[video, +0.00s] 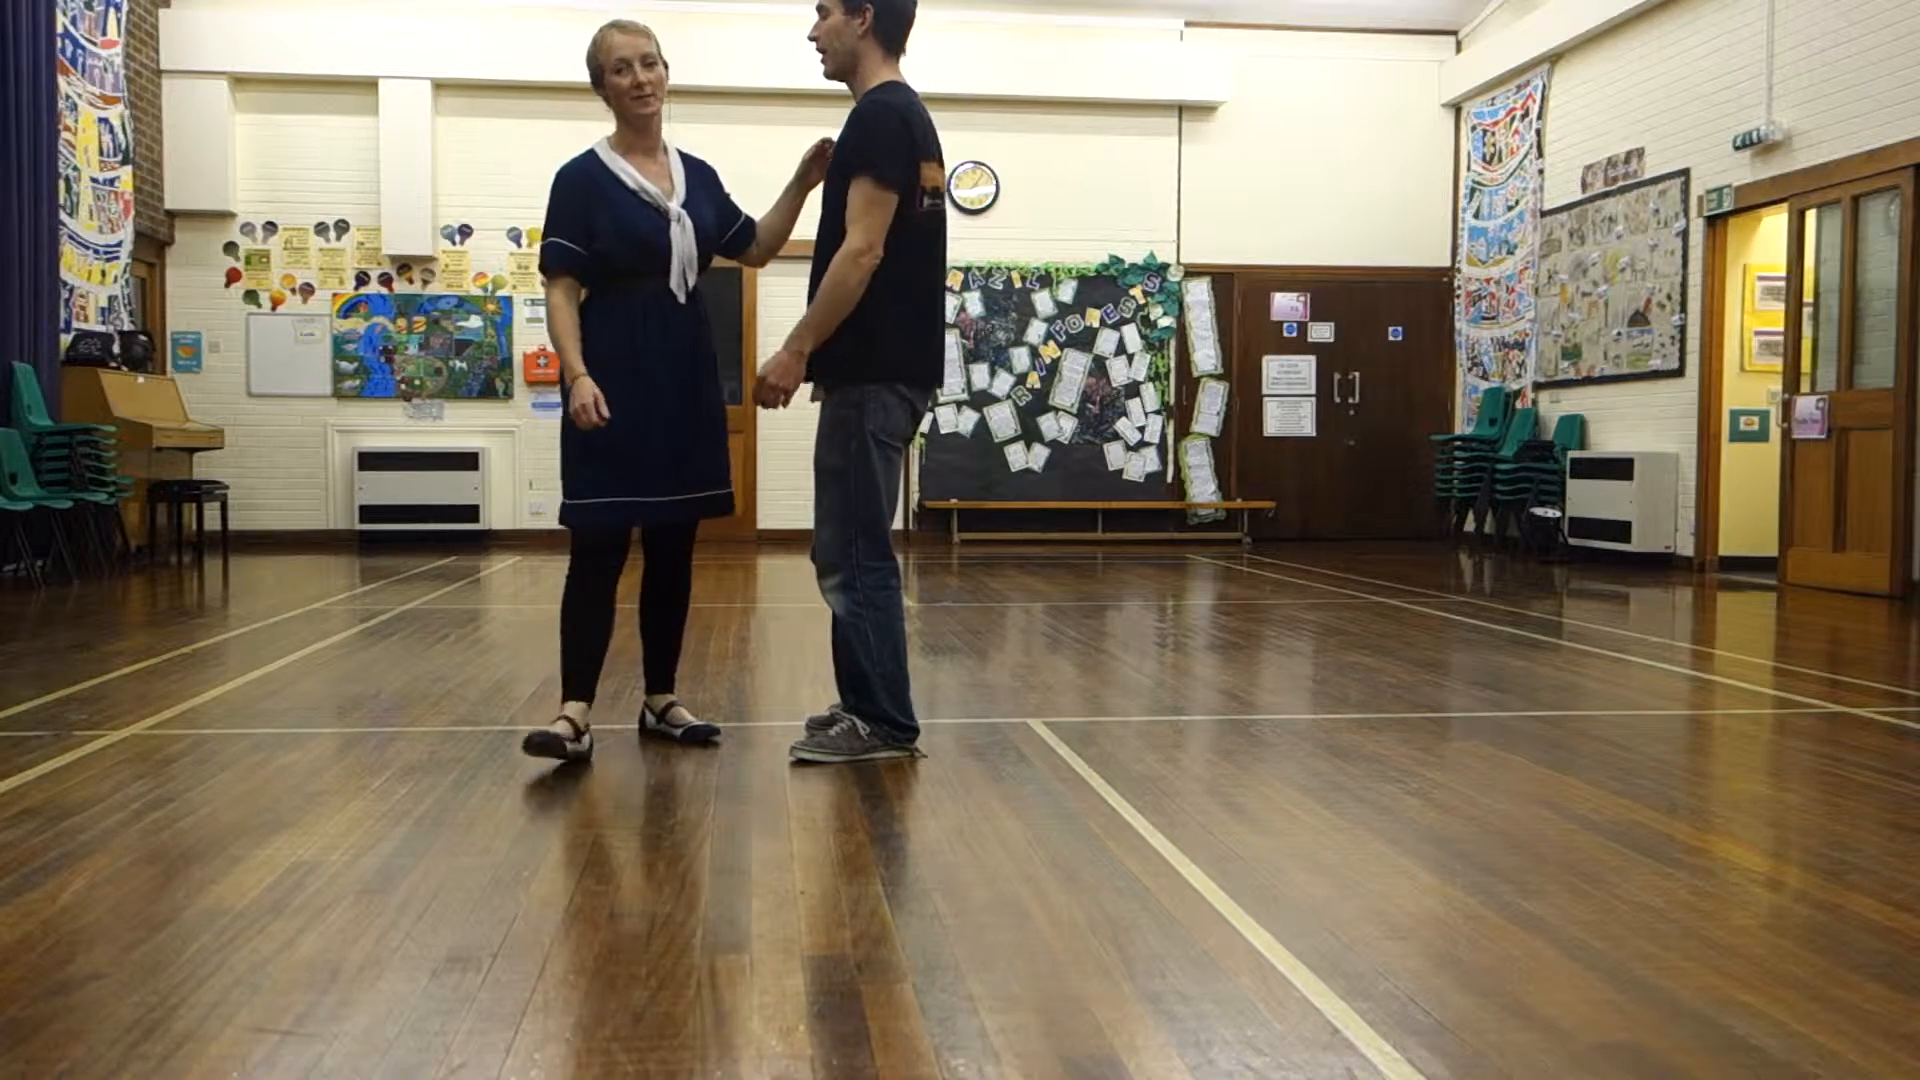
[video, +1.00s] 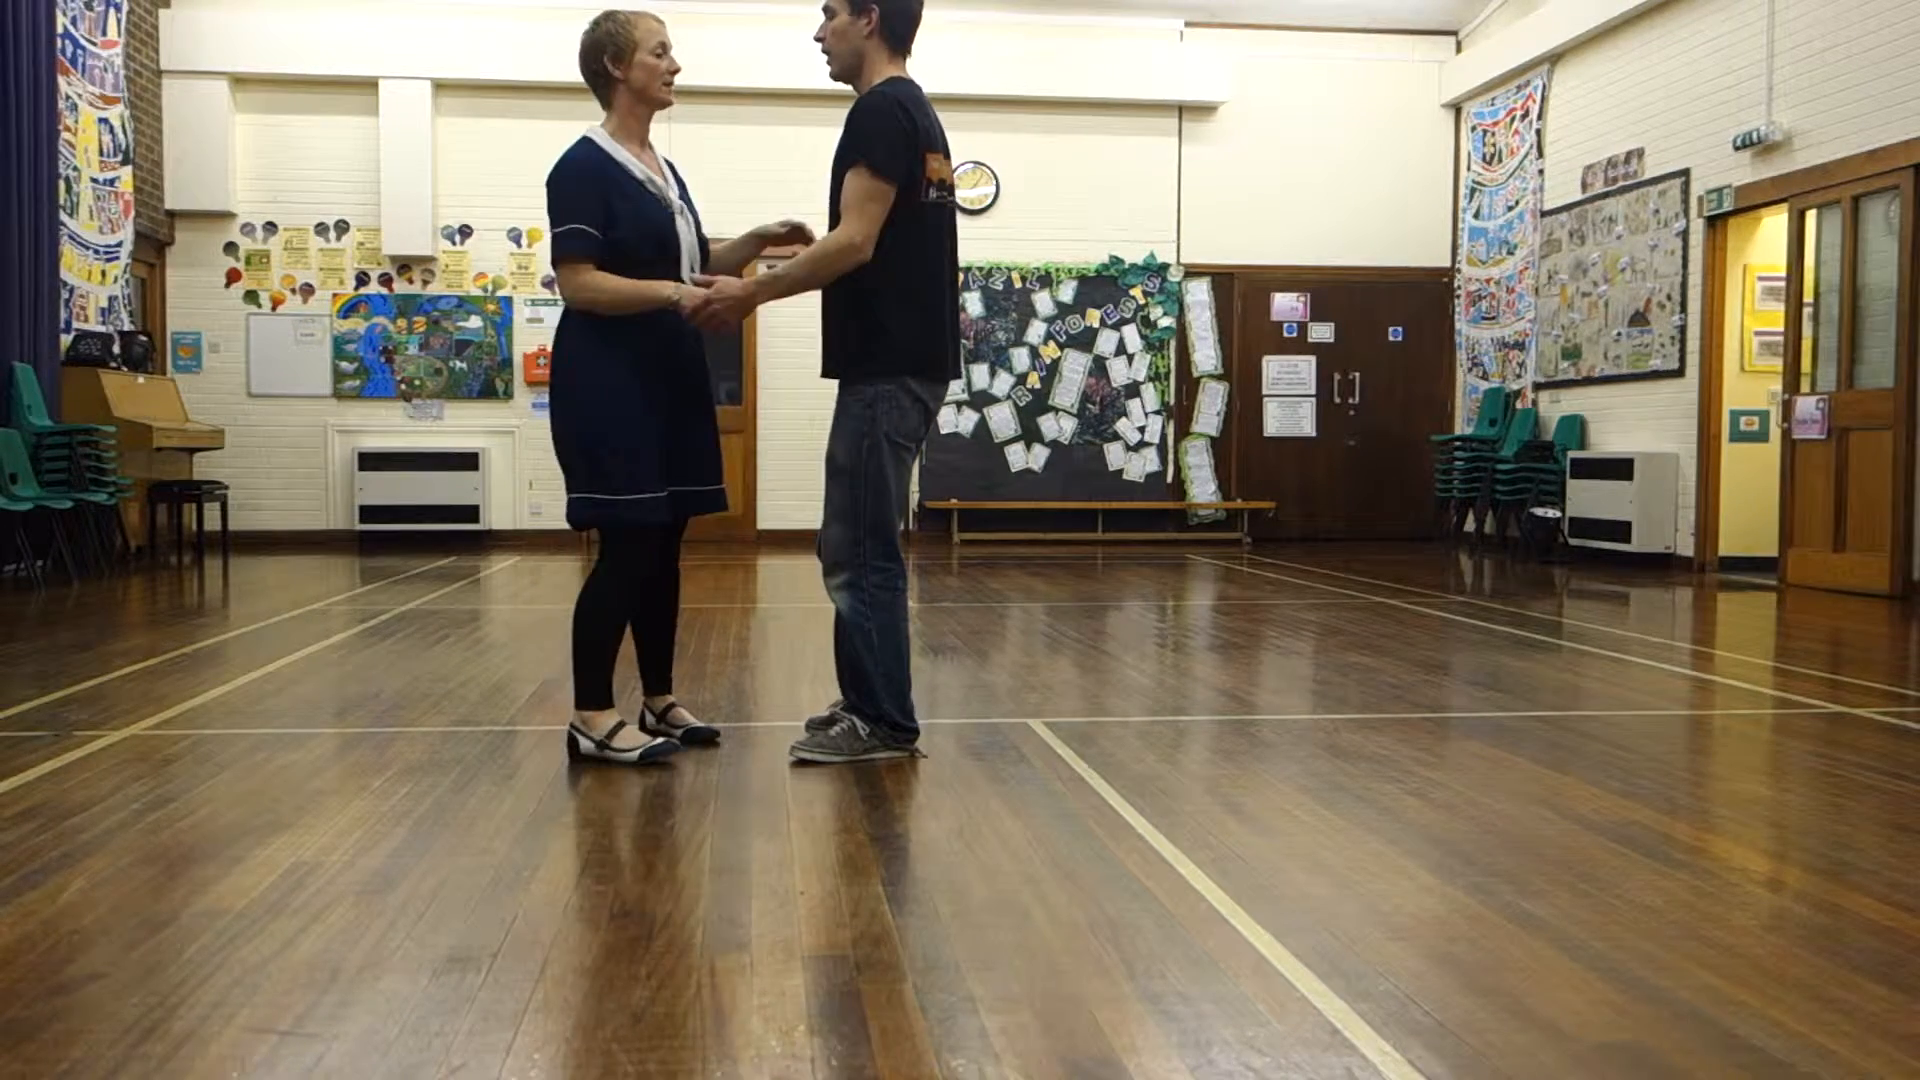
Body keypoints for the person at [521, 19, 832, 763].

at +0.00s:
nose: (639, 77)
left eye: (648, 63)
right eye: (622, 69)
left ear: (667, 73)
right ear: (600, 88)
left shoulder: (696, 175)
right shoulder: (581, 179)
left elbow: (756, 247)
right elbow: (561, 288)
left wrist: (800, 182)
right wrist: (577, 373)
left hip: (685, 387)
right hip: (607, 386)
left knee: (673, 545)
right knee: (598, 548)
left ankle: (661, 704)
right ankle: (574, 715)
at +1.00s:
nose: (675, 65)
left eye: (672, 53)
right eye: (659, 53)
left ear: (634, 70)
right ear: (615, 68)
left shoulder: (666, 173)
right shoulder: (583, 165)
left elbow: (694, 269)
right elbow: (576, 283)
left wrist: (755, 242)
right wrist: (675, 294)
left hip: (670, 393)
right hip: (609, 396)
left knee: (663, 547)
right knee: (623, 553)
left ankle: (658, 705)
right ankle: (592, 720)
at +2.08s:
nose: (630, 81)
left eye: (629, 68)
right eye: (615, 69)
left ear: (592, 85)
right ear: (573, 83)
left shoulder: (602, 168)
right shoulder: (573, 165)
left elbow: (638, 277)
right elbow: (627, 276)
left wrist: (731, 299)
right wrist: (735, 303)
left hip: (620, 390)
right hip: (596, 391)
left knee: (620, 542)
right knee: (614, 543)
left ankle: (593, 705)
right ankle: (592, 714)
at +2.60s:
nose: (633, 84)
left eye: (633, 72)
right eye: (618, 73)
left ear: (601, 89)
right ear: (577, 89)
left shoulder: (611, 170)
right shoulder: (578, 164)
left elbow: (638, 284)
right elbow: (612, 271)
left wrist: (716, 297)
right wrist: (708, 290)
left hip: (618, 385)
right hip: (599, 387)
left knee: (612, 542)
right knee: (629, 540)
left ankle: (591, 704)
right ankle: (596, 711)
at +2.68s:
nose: (636, 85)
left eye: (636, 73)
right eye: (620, 73)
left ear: (619, 87)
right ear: (579, 87)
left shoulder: (617, 171)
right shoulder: (581, 163)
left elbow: (648, 291)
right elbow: (618, 269)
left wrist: (734, 295)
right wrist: (720, 276)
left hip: (620, 384)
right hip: (599, 385)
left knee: (613, 541)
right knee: (634, 540)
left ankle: (591, 705)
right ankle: (596, 711)